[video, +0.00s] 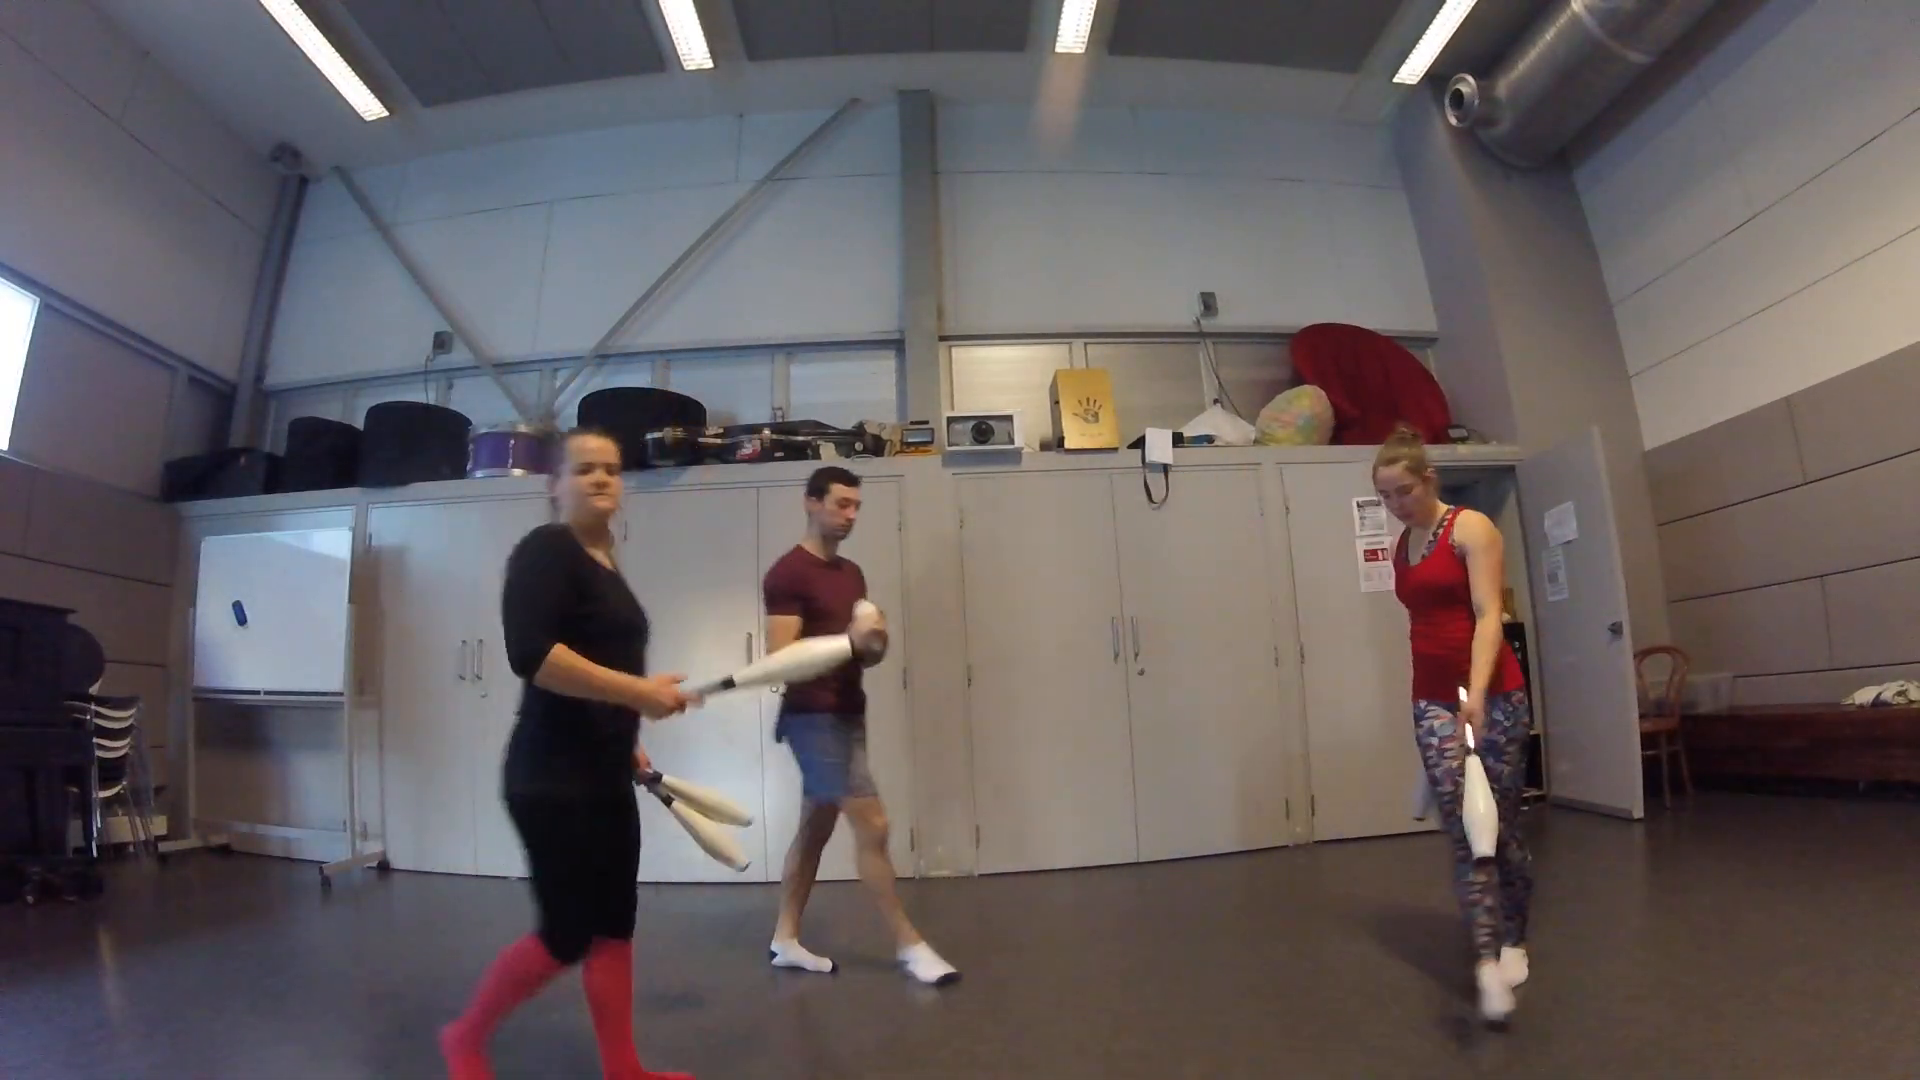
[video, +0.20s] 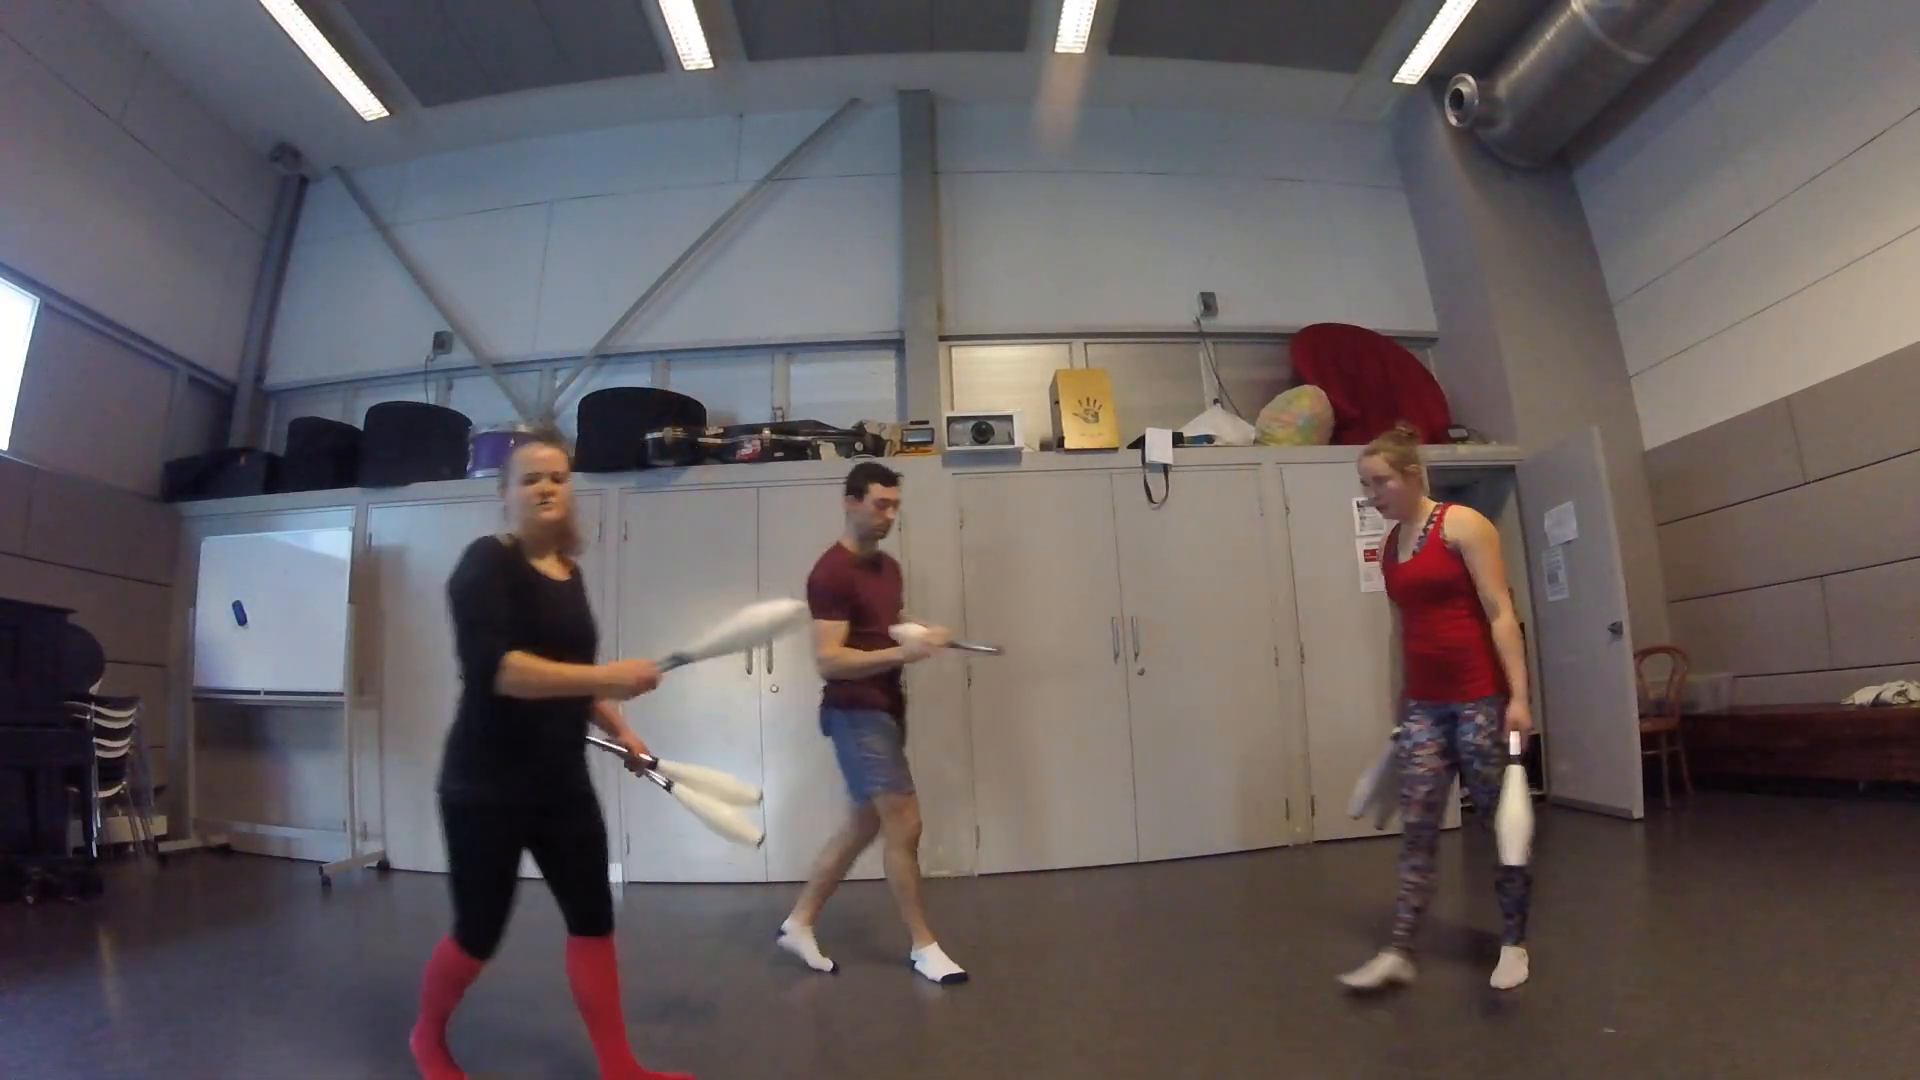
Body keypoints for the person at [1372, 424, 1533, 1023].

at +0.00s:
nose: (1394, 503)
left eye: (1402, 491)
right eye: (1385, 494)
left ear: (1428, 480)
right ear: (1380, 492)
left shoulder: (1472, 528)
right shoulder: (1404, 541)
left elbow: (1490, 615)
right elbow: (1426, 622)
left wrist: (1476, 695)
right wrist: (1426, 694)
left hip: (1494, 697)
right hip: (1434, 701)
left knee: (1502, 828)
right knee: (1464, 831)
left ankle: (1513, 940)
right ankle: (1486, 959)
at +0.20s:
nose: (1369, 497)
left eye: (1376, 484)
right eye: (1365, 486)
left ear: (1411, 476)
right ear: (1381, 485)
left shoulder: (1465, 526)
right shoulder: (1393, 543)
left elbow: (1501, 612)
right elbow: (1407, 631)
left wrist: (1520, 697)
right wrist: (1405, 709)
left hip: (1481, 702)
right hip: (1423, 705)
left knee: (1498, 821)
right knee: (1417, 822)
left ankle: (1514, 943)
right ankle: (1401, 950)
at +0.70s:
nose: (1382, 466)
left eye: (1389, 461)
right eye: (1369, 457)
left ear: (1395, 477)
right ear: (1342, 473)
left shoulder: (1410, 532)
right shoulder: (1329, 545)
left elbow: (1434, 622)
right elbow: (1326, 636)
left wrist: (1439, 712)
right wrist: (1320, 711)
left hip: (1410, 708)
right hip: (1354, 711)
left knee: (1424, 837)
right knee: (1378, 835)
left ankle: (1478, 956)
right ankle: (1379, 949)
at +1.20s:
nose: (1329, 461)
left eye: (1339, 450)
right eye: (1330, 451)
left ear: (1373, 458)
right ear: (1364, 460)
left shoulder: (1395, 519)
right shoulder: (1375, 522)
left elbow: (1411, 623)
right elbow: (1388, 629)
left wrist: (1409, 717)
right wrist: (1359, 697)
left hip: (1417, 711)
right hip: (1383, 713)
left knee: (1418, 850)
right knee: (1370, 838)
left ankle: (1431, 999)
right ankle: (1367, 961)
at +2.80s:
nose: (1321, 473)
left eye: (1332, 463)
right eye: (1321, 464)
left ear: (1367, 470)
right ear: (1349, 473)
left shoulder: (1388, 528)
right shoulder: (1356, 533)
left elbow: (1396, 620)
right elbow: (1353, 632)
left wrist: (1334, 675)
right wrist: (1312, 675)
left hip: (1399, 707)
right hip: (1366, 709)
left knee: (1402, 836)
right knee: (1357, 828)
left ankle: (1396, 980)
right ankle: (1413, 936)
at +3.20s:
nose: (1324, 479)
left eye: (1334, 469)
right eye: (1323, 470)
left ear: (1368, 476)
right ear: (1348, 480)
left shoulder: (1389, 534)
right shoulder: (1348, 542)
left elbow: (1382, 618)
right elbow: (1319, 625)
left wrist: (1312, 583)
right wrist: (1256, 615)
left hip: (1389, 708)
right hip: (1357, 709)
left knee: (1380, 834)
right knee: (1376, 831)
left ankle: (1393, 977)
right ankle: (1393, 940)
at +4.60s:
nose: (1313, 477)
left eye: (1324, 468)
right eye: (1314, 468)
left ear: (1357, 479)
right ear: (1347, 482)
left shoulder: (1371, 535)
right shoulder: (1339, 543)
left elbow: (1357, 619)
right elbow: (1302, 629)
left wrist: (1292, 669)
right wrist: (1250, 612)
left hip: (1375, 706)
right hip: (1348, 707)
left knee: (1383, 837)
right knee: (1377, 834)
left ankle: (1384, 975)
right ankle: (1392, 943)